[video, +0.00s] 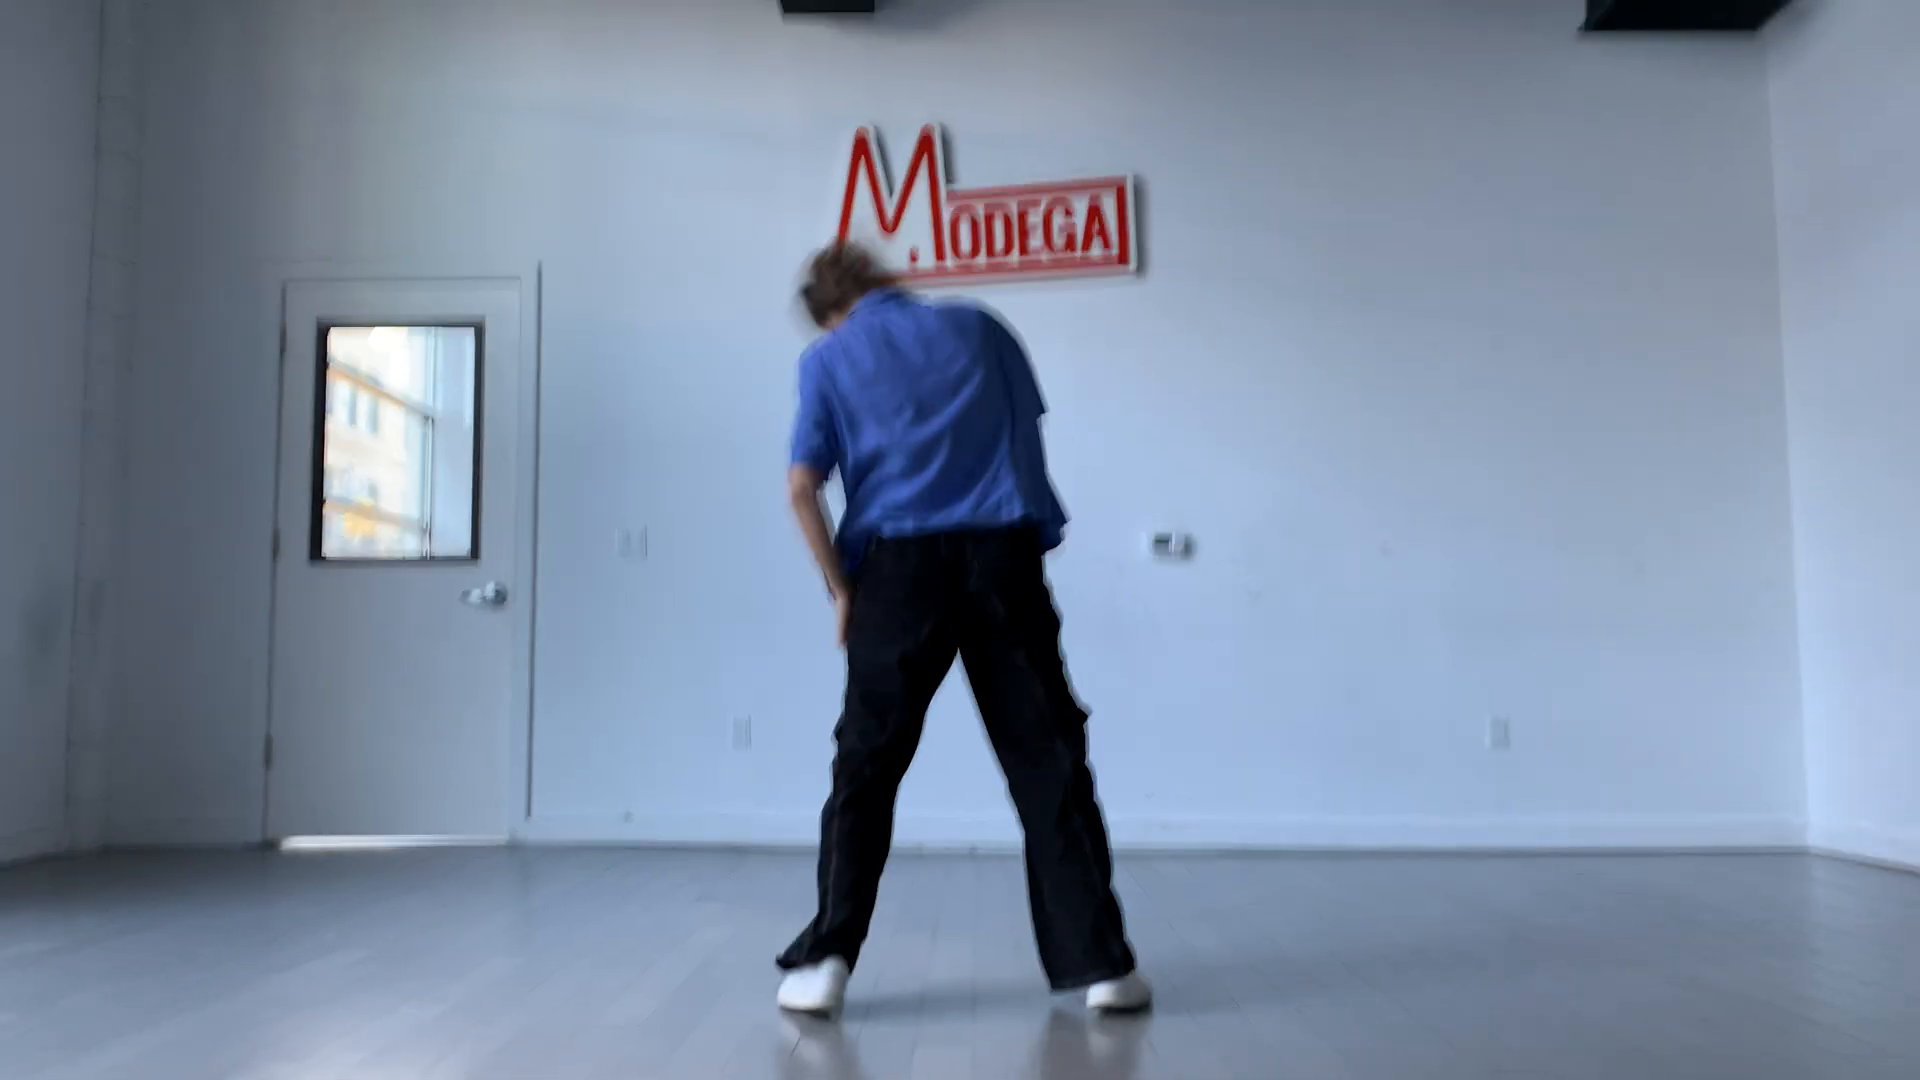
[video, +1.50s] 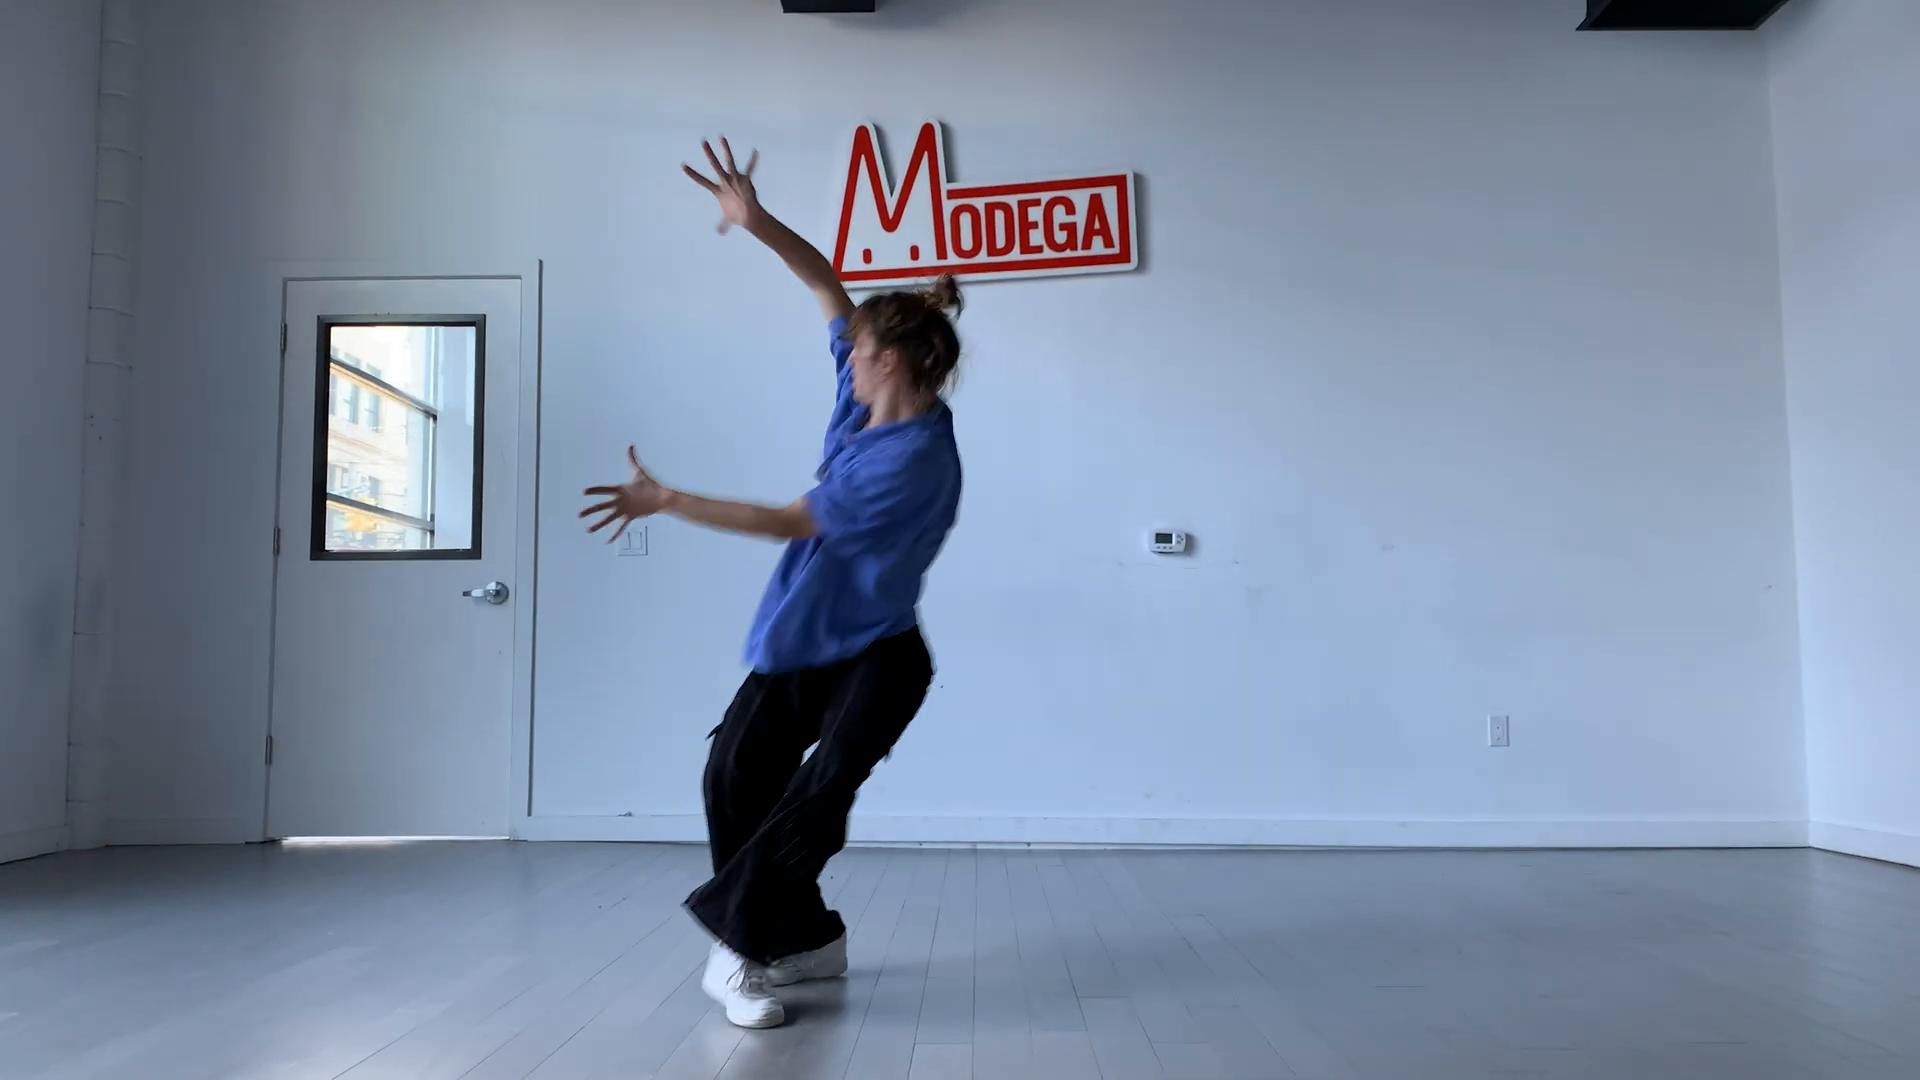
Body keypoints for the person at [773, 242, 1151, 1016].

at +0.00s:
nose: (824, 332)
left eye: (819, 323)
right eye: (823, 324)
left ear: (829, 309)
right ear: (889, 280)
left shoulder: (827, 359)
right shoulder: (980, 325)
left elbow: (801, 487)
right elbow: (1027, 438)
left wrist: (840, 588)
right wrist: (1021, 540)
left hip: (898, 584)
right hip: (1006, 572)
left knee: (866, 769)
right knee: (1050, 763)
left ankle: (827, 960)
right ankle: (1104, 965)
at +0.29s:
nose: (752, 385)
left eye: (771, 374)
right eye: (744, 368)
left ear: (815, 373)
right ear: (735, 359)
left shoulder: (818, 449)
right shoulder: (824, 387)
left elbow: (868, 576)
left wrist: (785, 626)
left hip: (918, 613)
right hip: (955, 598)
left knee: (817, 769)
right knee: (879, 775)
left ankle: (875, 955)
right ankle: (1017, 883)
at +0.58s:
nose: (784, 402)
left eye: (799, 384)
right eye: (770, 388)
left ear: (835, 387)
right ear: (757, 397)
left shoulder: (891, 464)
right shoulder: (745, 477)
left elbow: (951, 583)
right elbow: (657, 576)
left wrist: (923, 703)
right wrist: (718, 657)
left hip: (904, 643)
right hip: (818, 648)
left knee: (858, 774)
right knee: (803, 784)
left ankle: (891, 957)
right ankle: (802, 943)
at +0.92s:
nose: (788, 399)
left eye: (798, 383)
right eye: (772, 388)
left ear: (825, 384)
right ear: (756, 402)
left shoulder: (867, 437)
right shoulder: (765, 470)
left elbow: (849, 340)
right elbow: (820, 536)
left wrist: (789, 368)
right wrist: (917, 506)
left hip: (921, 668)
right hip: (826, 674)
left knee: (1008, 797)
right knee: (700, 790)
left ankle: (1068, 937)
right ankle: (799, 935)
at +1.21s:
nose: (790, 371)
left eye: (796, 360)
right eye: (787, 358)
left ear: (823, 362)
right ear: (820, 365)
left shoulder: (882, 431)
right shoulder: (794, 422)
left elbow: (803, 459)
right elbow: (752, 370)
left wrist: (784, 369)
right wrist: (797, 299)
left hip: (857, 654)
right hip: (771, 643)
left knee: (892, 771)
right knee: (724, 799)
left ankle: (838, 942)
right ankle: (774, 935)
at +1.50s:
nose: (848, 358)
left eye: (859, 349)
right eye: (852, 347)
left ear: (901, 362)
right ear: (886, 358)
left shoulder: (912, 462)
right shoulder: (866, 400)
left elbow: (794, 521)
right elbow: (830, 291)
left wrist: (664, 500)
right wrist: (757, 221)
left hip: (879, 652)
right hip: (802, 643)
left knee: (829, 778)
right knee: (735, 775)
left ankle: (740, 949)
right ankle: (806, 936)